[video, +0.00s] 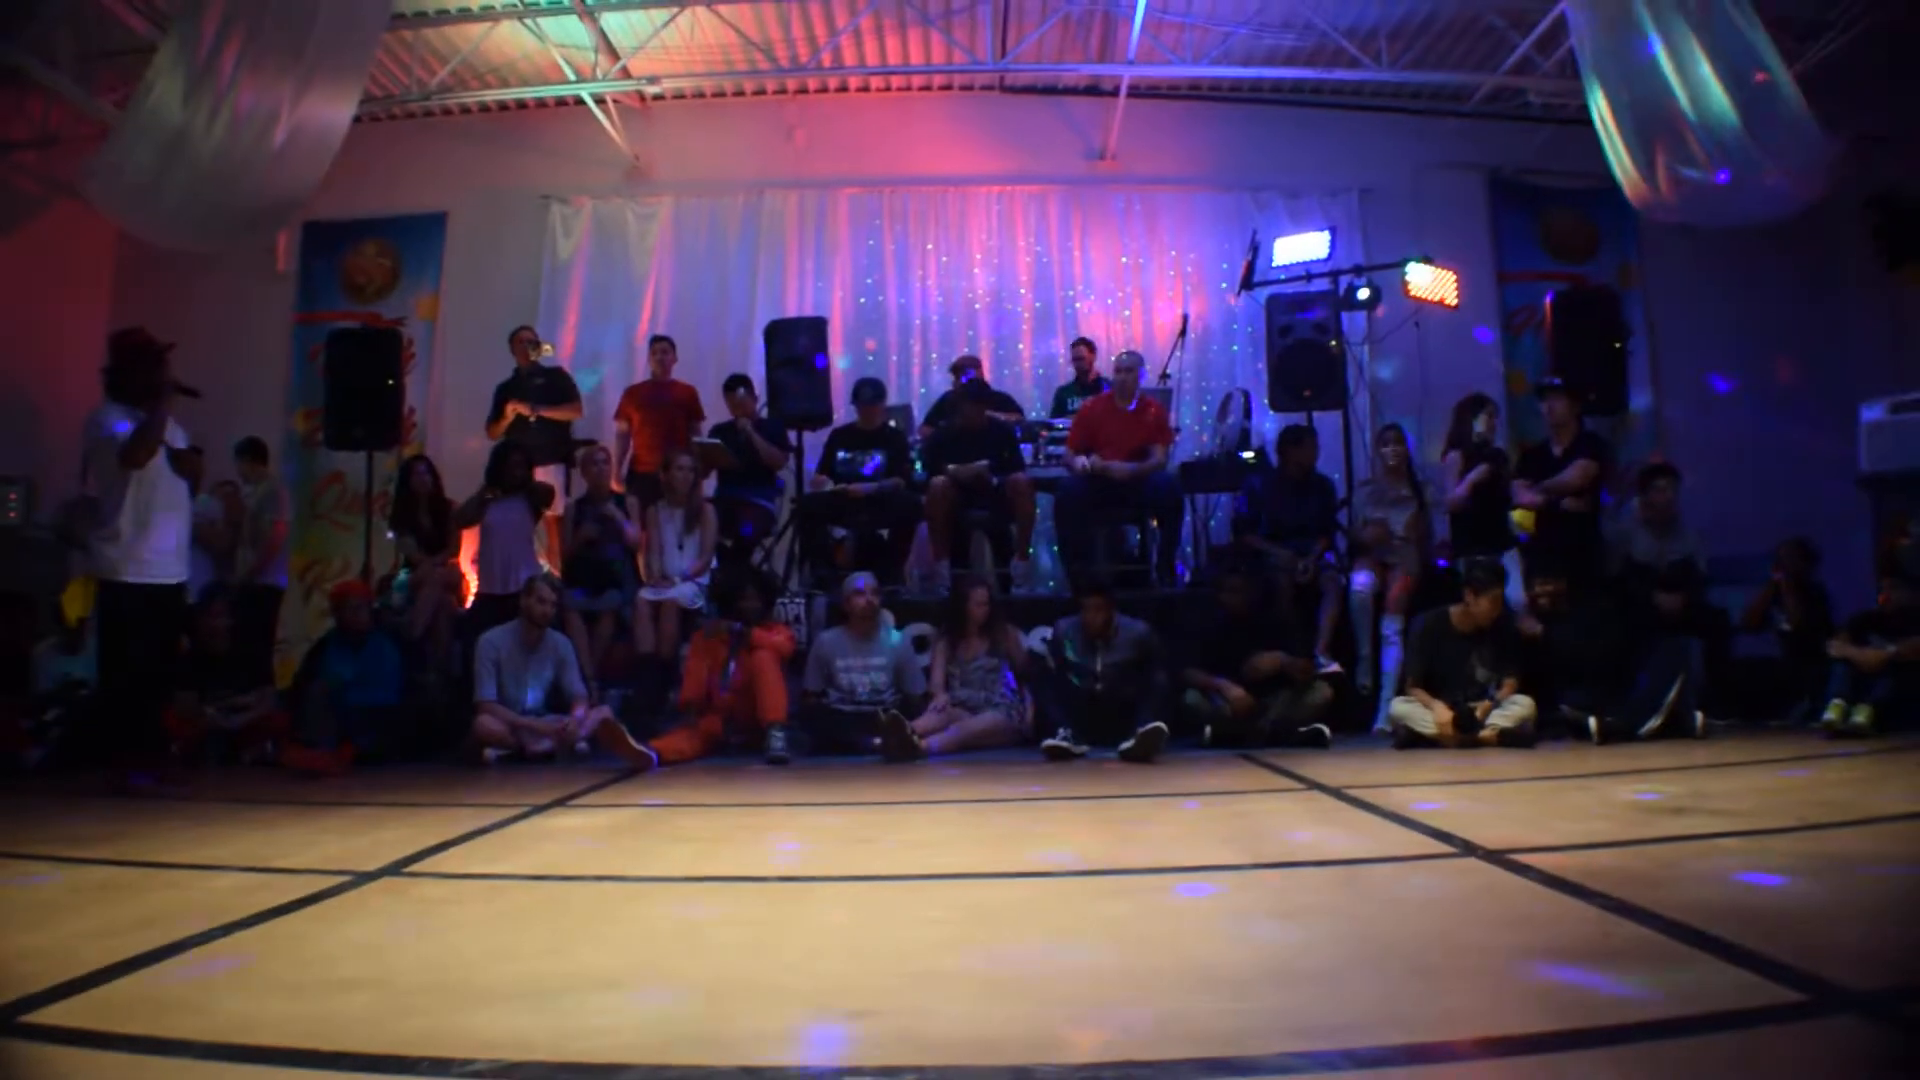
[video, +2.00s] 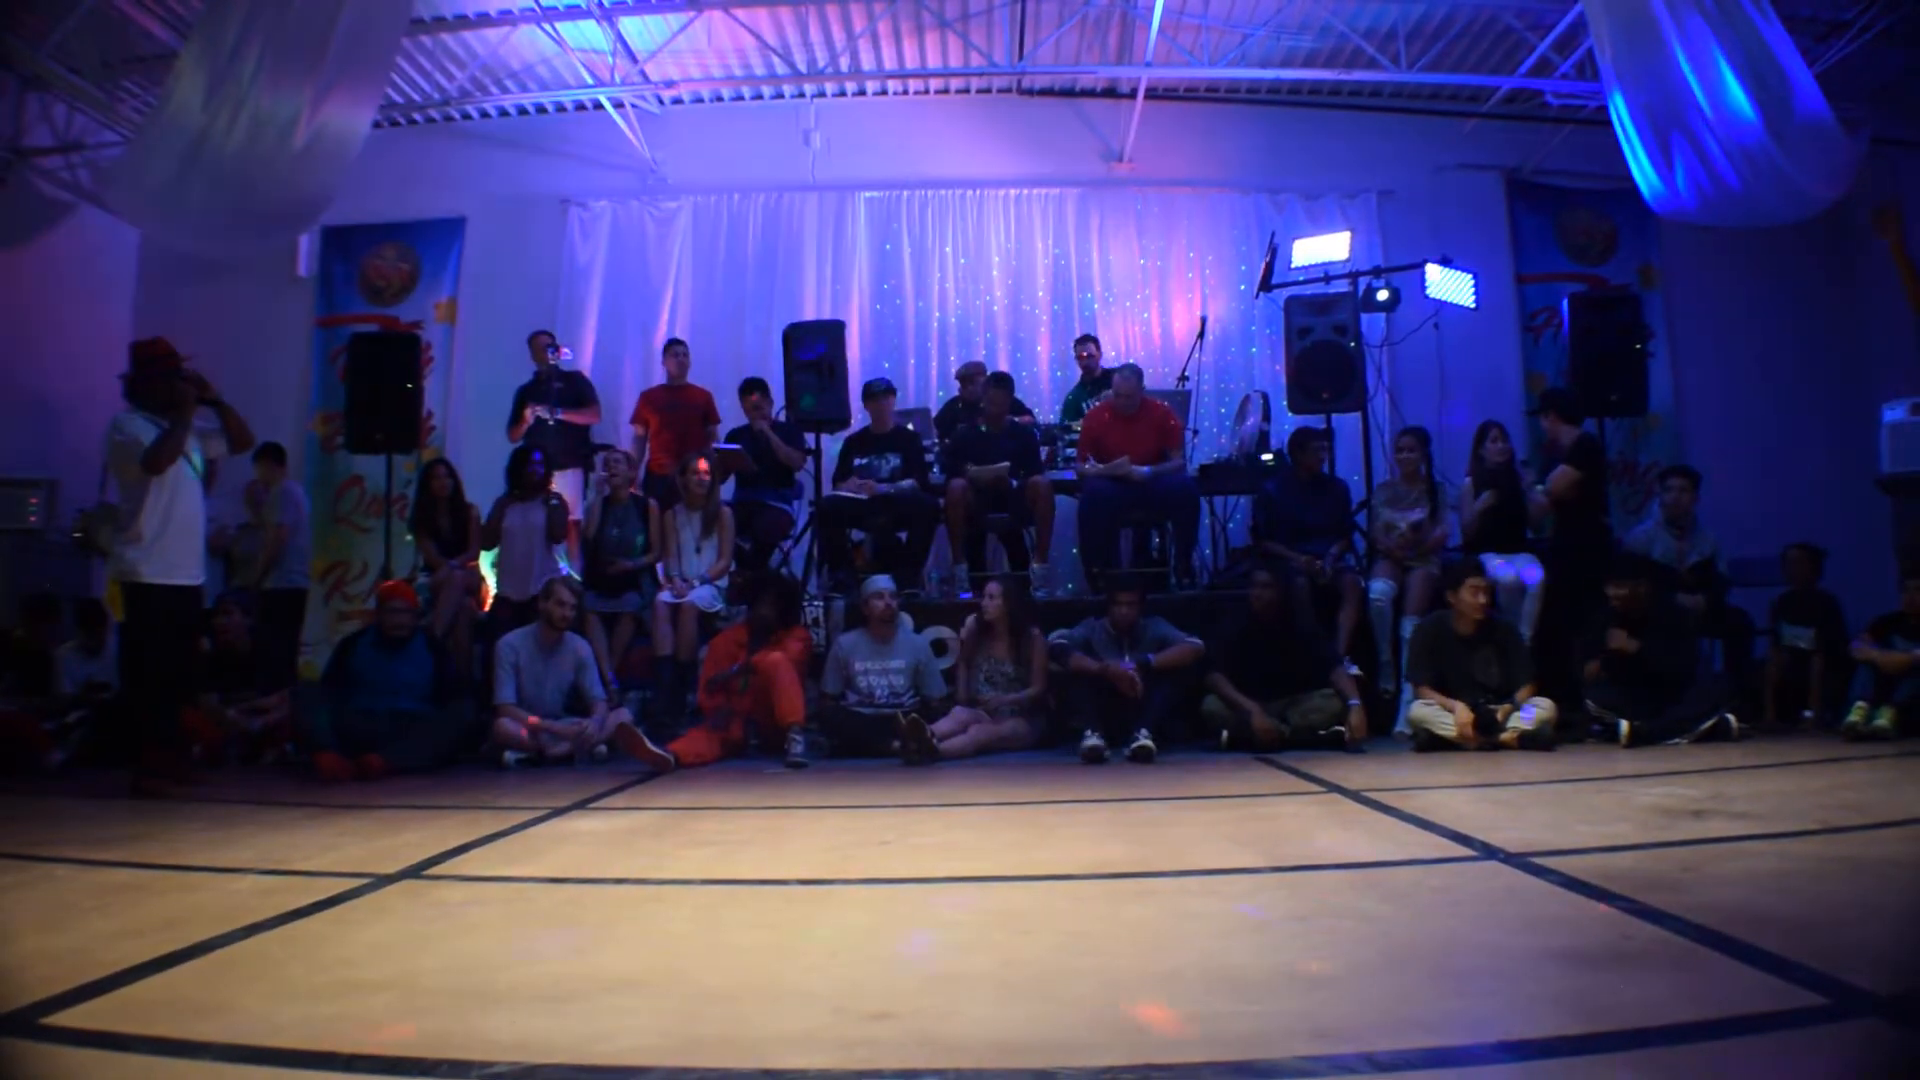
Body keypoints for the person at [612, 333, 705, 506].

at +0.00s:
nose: (659, 357)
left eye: (665, 352)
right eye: (655, 353)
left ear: (675, 358)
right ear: (649, 359)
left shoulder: (687, 393)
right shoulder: (633, 393)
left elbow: (696, 435)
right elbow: (622, 435)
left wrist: (697, 476)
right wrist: (616, 475)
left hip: (678, 476)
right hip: (642, 475)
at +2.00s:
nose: (681, 360)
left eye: (685, 355)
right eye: (675, 355)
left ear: (690, 361)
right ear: (664, 362)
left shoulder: (703, 397)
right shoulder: (649, 397)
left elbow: (712, 438)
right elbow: (639, 440)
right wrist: (632, 477)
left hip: (694, 478)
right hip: (659, 477)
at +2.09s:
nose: (683, 359)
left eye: (687, 355)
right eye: (677, 355)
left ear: (692, 360)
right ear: (666, 362)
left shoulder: (704, 396)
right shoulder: (651, 397)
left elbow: (714, 437)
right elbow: (641, 439)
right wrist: (633, 477)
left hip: (696, 478)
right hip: (661, 476)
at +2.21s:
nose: (685, 359)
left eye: (689, 354)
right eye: (679, 354)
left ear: (694, 360)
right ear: (668, 361)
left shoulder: (706, 396)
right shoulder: (652, 396)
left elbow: (715, 437)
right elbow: (642, 437)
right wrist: (637, 477)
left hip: (697, 478)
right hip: (662, 476)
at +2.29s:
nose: (686, 359)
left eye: (690, 354)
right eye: (680, 355)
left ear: (695, 360)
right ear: (669, 361)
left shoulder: (708, 396)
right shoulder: (653, 396)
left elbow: (716, 437)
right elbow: (643, 436)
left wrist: (716, 476)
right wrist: (638, 475)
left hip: (698, 477)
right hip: (662, 476)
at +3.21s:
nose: (686, 360)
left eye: (690, 355)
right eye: (680, 355)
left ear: (697, 360)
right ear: (671, 360)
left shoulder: (710, 395)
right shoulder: (660, 391)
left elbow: (718, 435)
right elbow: (636, 398)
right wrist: (666, 364)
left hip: (696, 477)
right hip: (662, 474)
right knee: (660, 530)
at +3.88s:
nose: (686, 361)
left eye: (690, 356)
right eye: (680, 356)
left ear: (695, 360)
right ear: (670, 361)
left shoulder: (708, 396)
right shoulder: (658, 392)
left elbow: (717, 435)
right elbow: (633, 403)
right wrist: (661, 367)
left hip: (697, 479)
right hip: (663, 476)